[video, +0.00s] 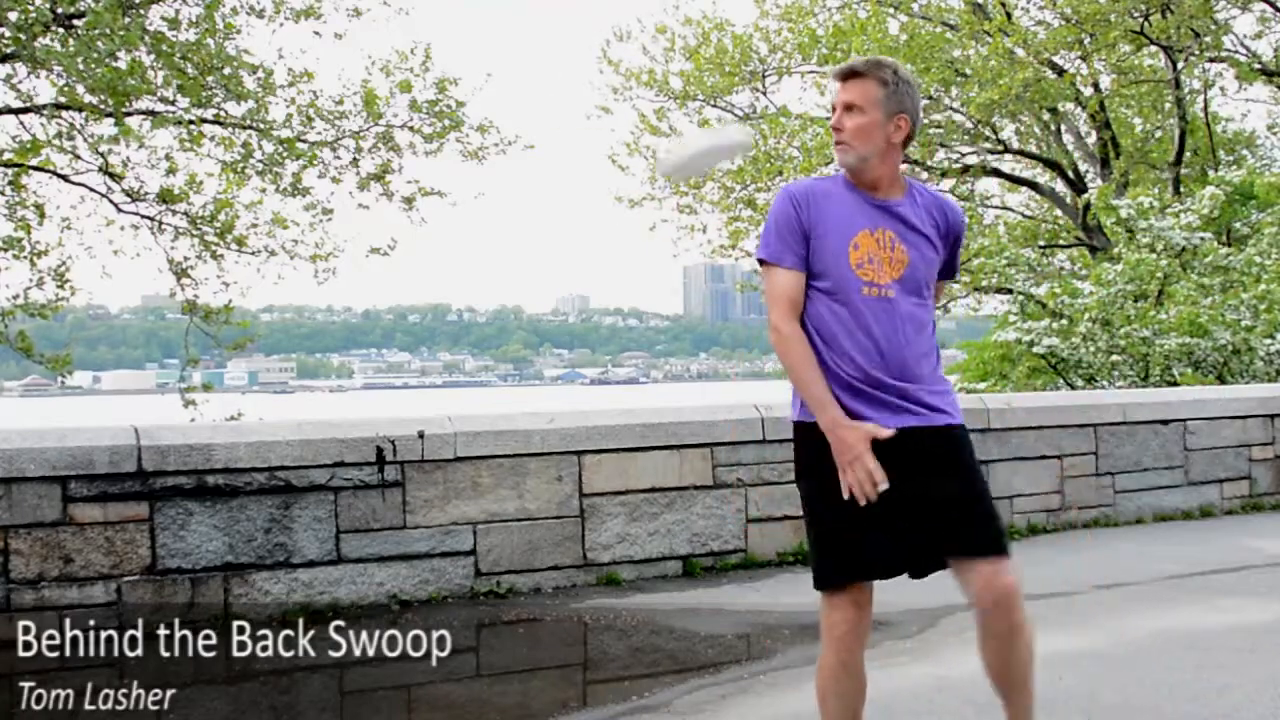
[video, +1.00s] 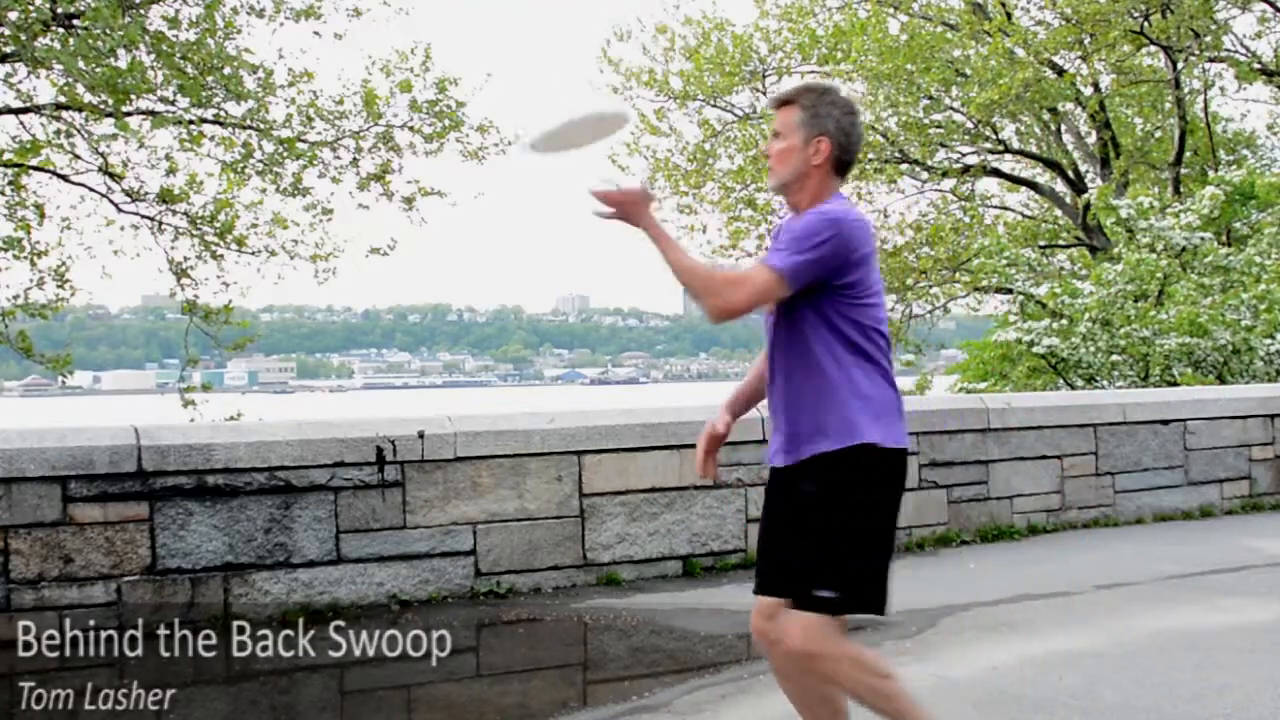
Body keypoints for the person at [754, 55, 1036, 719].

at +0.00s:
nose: (836, 123)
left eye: (852, 112)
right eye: (834, 111)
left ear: (900, 129)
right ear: (834, 122)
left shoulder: (943, 217)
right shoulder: (800, 202)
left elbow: (920, 315)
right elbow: (783, 322)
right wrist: (836, 426)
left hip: (930, 428)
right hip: (835, 431)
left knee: (998, 589)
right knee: (846, 622)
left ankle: (1022, 715)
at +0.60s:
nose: (811, 122)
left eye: (827, 111)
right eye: (816, 110)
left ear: (870, 131)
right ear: (853, 131)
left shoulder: (925, 207)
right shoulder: (790, 215)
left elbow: (951, 326)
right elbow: (771, 325)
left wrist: (842, 318)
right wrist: (775, 407)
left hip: (916, 446)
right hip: (824, 449)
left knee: (950, 619)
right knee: (796, 621)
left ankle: (987, 719)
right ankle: (847, 719)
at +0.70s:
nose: (804, 126)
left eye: (819, 115)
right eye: (809, 114)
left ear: (862, 132)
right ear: (849, 133)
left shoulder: (911, 207)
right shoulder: (787, 221)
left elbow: (916, 327)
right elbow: (773, 320)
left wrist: (796, 294)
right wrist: (764, 404)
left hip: (908, 448)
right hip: (817, 450)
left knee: (942, 626)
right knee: (792, 621)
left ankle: (982, 719)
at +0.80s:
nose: (792, 134)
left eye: (806, 124)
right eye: (796, 123)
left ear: (846, 142)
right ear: (834, 143)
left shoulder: (881, 214)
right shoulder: (784, 224)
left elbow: (836, 319)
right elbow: (772, 331)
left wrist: (738, 258)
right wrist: (746, 407)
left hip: (886, 446)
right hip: (806, 450)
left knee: (906, 636)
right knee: (787, 625)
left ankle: (966, 715)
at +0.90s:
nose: (784, 139)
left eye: (797, 129)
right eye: (788, 128)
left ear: (838, 146)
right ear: (825, 147)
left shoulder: (866, 219)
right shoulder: (783, 228)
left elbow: (794, 311)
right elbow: (778, 338)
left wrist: (710, 246)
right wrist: (738, 409)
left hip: (875, 449)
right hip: (801, 453)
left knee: (876, 640)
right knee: (784, 626)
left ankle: (950, 712)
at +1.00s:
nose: (766, 150)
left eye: (779, 138)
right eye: (770, 138)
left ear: (820, 150)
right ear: (814, 151)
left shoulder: (836, 224)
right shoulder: (795, 231)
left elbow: (724, 298)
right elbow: (788, 350)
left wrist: (648, 222)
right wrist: (730, 410)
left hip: (854, 448)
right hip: (800, 453)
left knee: (810, 635)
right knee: (772, 626)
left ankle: (916, 713)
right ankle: (833, 716)